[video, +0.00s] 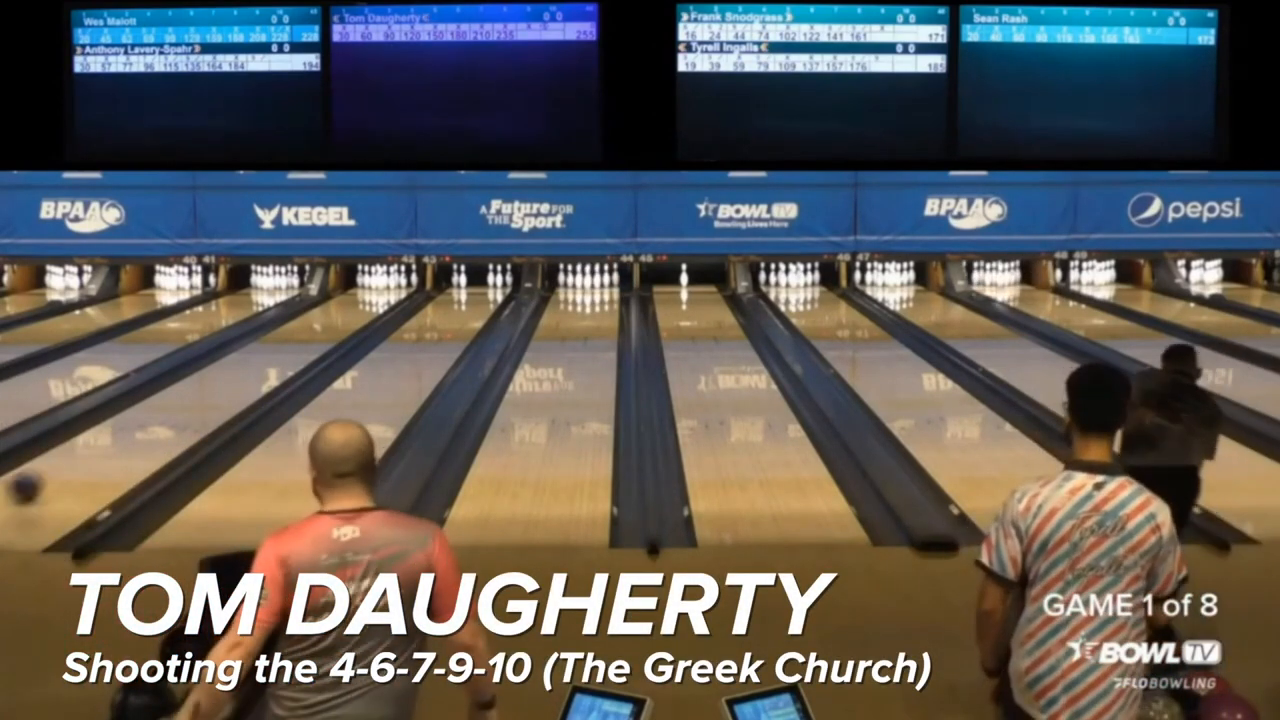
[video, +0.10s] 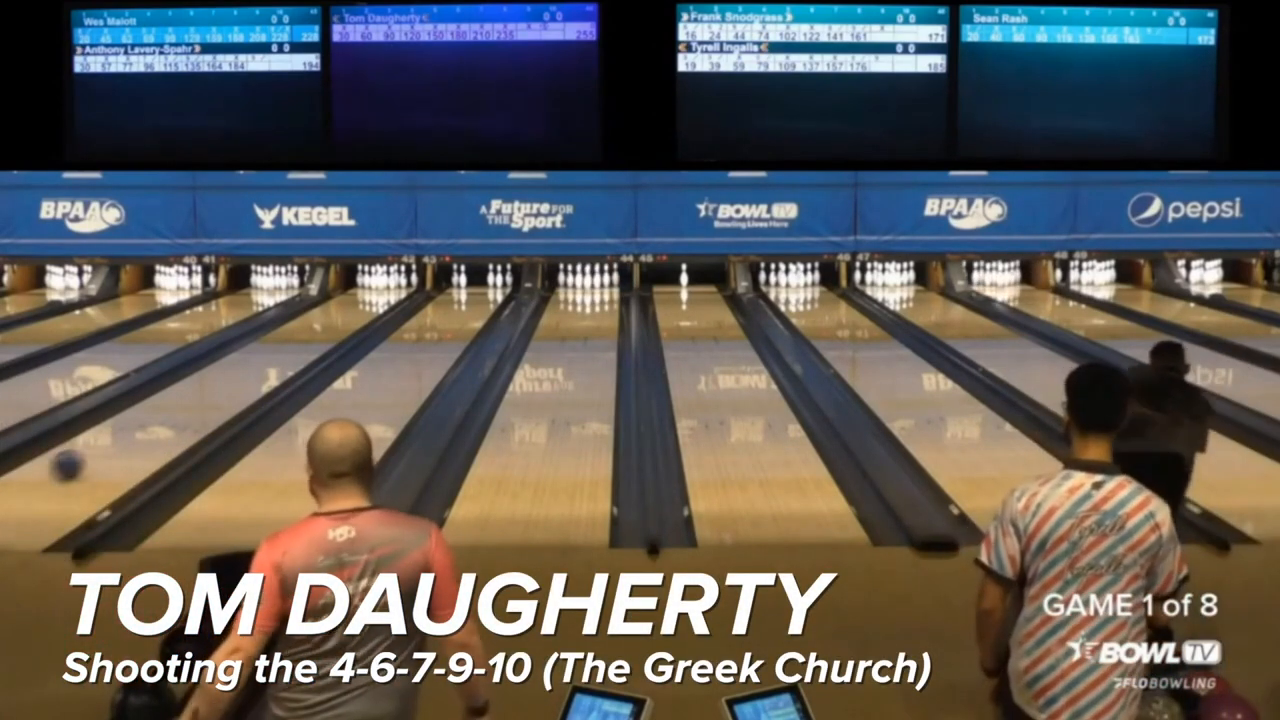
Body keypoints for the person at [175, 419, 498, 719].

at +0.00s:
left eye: (313, 468)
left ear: (314, 476)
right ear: (373, 468)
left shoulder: (283, 549)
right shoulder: (426, 540)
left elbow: (238, 649)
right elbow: (473, 648)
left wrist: (189, 713)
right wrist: (484, 703)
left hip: (295, 709)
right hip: (384, 709)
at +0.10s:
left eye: (310, 465)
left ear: (310, 473)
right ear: (371, 468)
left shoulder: (281, 551)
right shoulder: (423, 539)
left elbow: (239, 654)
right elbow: (465, 647)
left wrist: (193, 713)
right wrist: (478, 705)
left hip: (296, 709)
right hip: (386, 708)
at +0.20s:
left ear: (305, 473)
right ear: (364, 468)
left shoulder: (274, 551)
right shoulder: (418, 540)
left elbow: (236, 658)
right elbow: (459, 655)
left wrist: (192, 714)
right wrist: (474, 711)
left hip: (292, 709)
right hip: (382, 708)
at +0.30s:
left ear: (292, 475)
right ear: (353, 472)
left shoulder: (256, 552)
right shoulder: (402, 545)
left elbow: (219, 673)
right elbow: (447, 654)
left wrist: (197, 715)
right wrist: (466, 710)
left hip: (277, 710)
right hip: (367, 709)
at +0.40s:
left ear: (269, 474)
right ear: (329, 474)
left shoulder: (229, 553)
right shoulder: (370, 551)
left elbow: (205, 662)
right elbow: (410, 650)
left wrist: (208, 713)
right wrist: (445, 704)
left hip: (254, 710)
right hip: (344, 709)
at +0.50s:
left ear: (258, 472)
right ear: (317, 472)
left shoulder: (216, 551)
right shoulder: (357, 551)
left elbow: (197, 661)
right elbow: (394, 651)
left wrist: (211, 714)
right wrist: (425, 695)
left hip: (240, 710)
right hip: (330, 709)